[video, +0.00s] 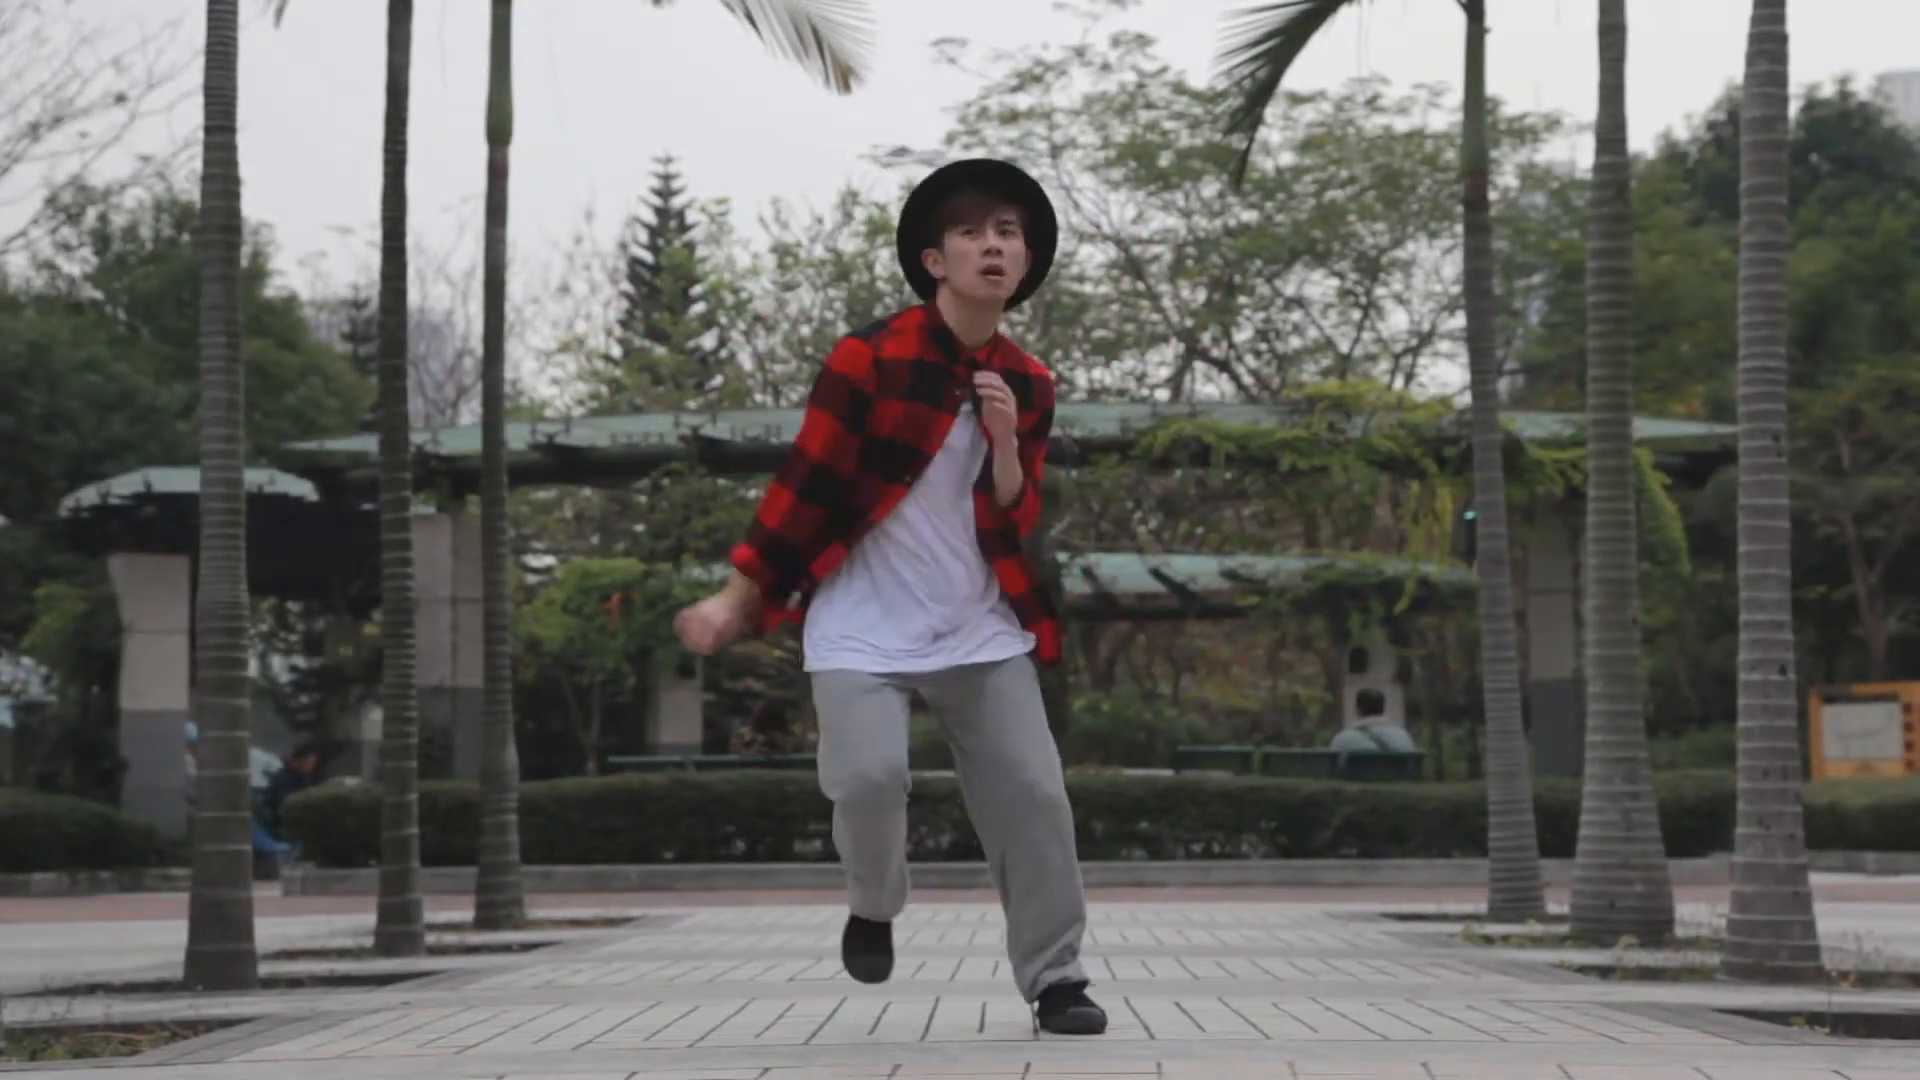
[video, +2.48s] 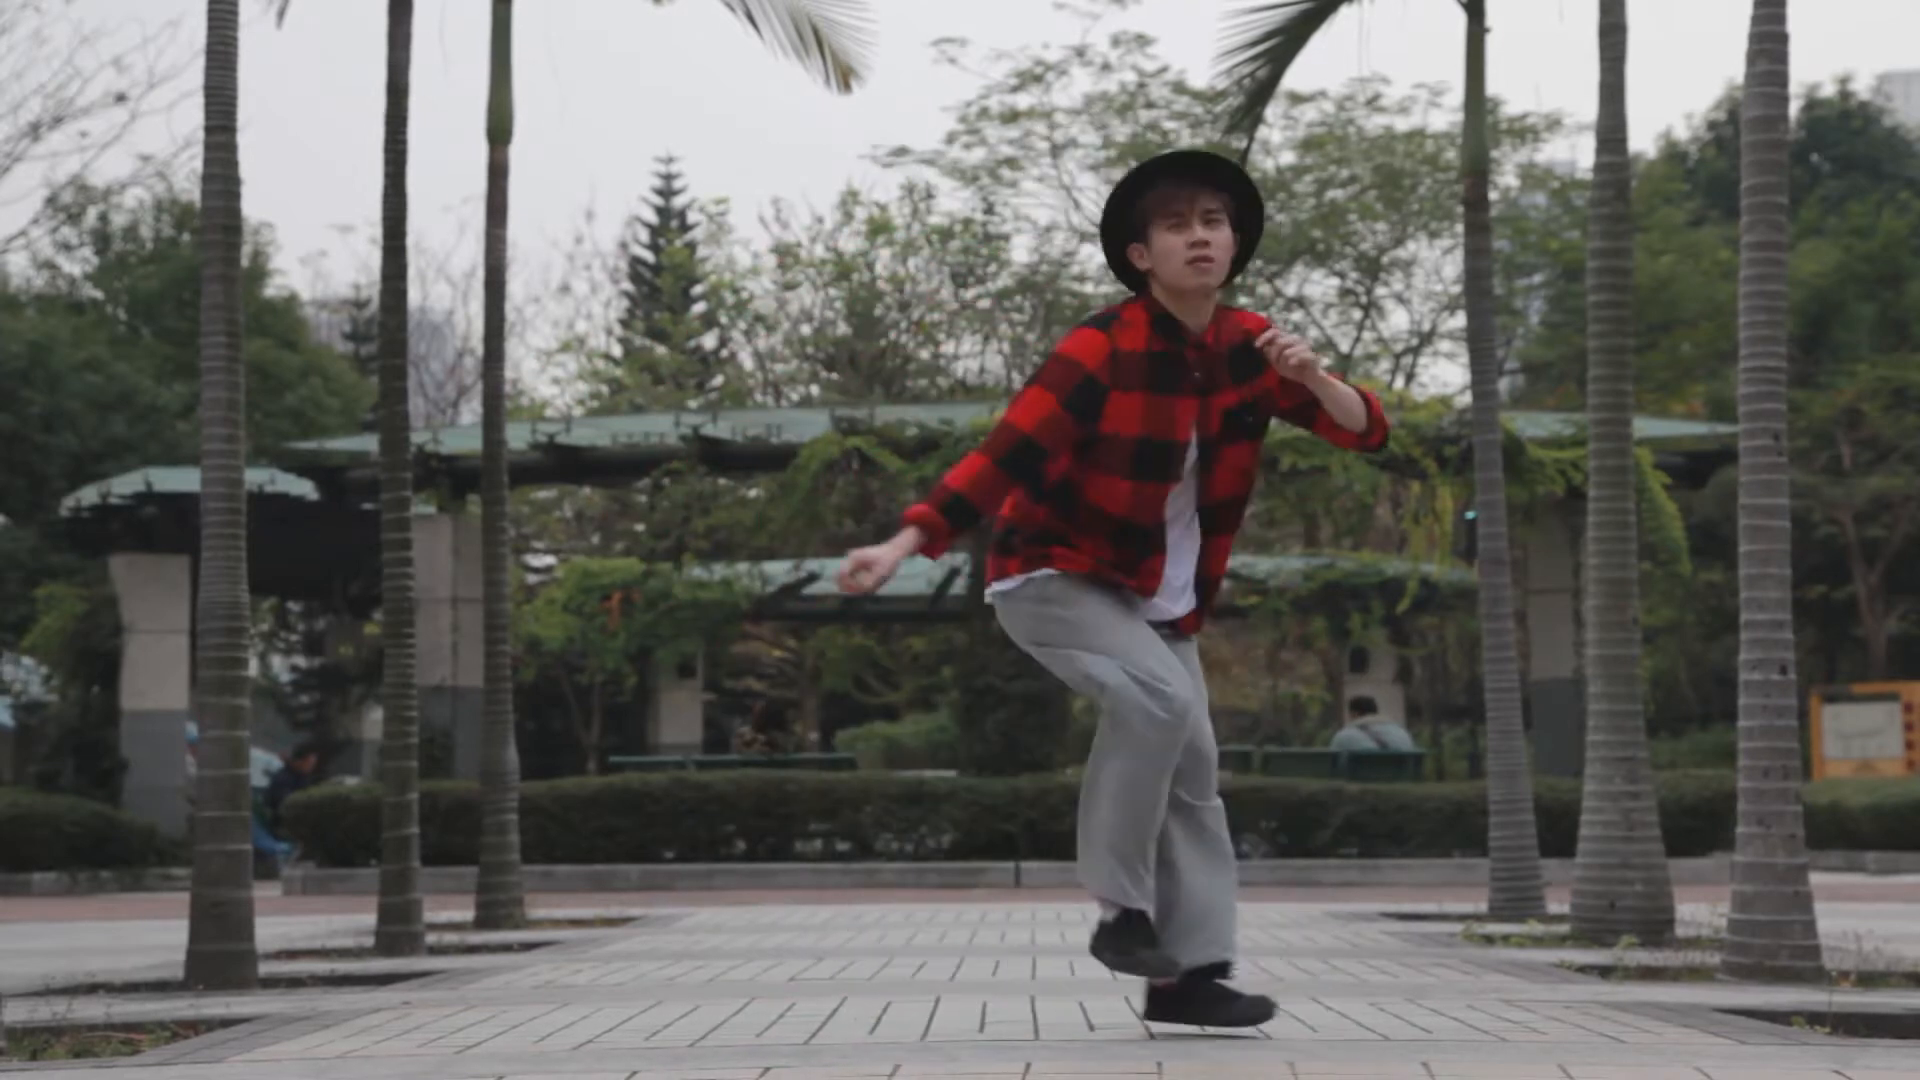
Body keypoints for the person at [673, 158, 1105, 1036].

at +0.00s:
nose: (992, 245)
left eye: (1009, 232)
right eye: (970, 231)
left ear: (1029, 264)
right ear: (933, 261)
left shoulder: (1028, 382)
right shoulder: (870, 358)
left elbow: (1015, 521)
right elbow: (806, 482)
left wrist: (1005, 447)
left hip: (976, 617)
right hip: (859, 615)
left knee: (1032, 786)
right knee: (866, 772)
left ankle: (1054, 975)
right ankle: (874, 902)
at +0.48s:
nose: (778, 246)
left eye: (796, 226)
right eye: (757, 233)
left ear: (838, 238)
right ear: (740, 256)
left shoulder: (910, 338)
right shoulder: (717, 352)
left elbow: (999, 423)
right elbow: (594, 402)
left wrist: (1072, 522)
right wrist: (644, 373)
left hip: (904, 595)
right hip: (781, 604)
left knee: (922, 748)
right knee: (747, 791)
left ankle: (830, 793)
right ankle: (704, 988)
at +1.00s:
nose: (1028, 242)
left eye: (1042, 222)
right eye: (1005, 229)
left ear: (1069, 235)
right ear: (973, 252)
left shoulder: (1114, 331)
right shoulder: (953, 342)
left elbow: (1113, 437)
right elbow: (1028, 445)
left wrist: (1103, 481)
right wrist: (1161, 424)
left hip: (1061, 587)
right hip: (955, 581)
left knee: (1091, 766)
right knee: (967, 718)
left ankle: (1009, 952)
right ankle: (986, 899)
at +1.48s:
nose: (1192, 241)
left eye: (1212, 231)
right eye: (1172, 224)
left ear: (1231, 266)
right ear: (1134, 246)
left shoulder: (1209, 381)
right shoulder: (1060, 309)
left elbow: (1207, 528)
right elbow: (934, 332)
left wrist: (1211, 447)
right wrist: (807, 351)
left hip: (1072, 584)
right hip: (996, 566)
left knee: (1093, 764)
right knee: (1143, 679)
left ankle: (1104, 976)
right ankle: (1029, 855)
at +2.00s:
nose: (1100, 214)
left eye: (1118, 195)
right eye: (1077, 204)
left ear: (1156, 214)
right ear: (1058, 235)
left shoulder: (1220, 324)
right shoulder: (1021, 320)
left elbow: (1260, 398)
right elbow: (914, 411)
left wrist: (1266, 500)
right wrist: (990, 376)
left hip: (1143, 575)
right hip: (1025, 572)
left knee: (1224, 733)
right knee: (980, 763)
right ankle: (937, 975)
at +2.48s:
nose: (1200, 236)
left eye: (1215, 220)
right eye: (1174, 224)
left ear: (1237, 243)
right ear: (1139, 256)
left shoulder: (1250, 346)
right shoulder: (1104, 344)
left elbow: (1368, 432)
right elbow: (1008, 448)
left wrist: (1320, 381)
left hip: (1155, 596)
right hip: (1049, 572)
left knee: (1194, 766)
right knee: (1156, 697)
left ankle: (1190, 975)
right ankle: (1122, 907)